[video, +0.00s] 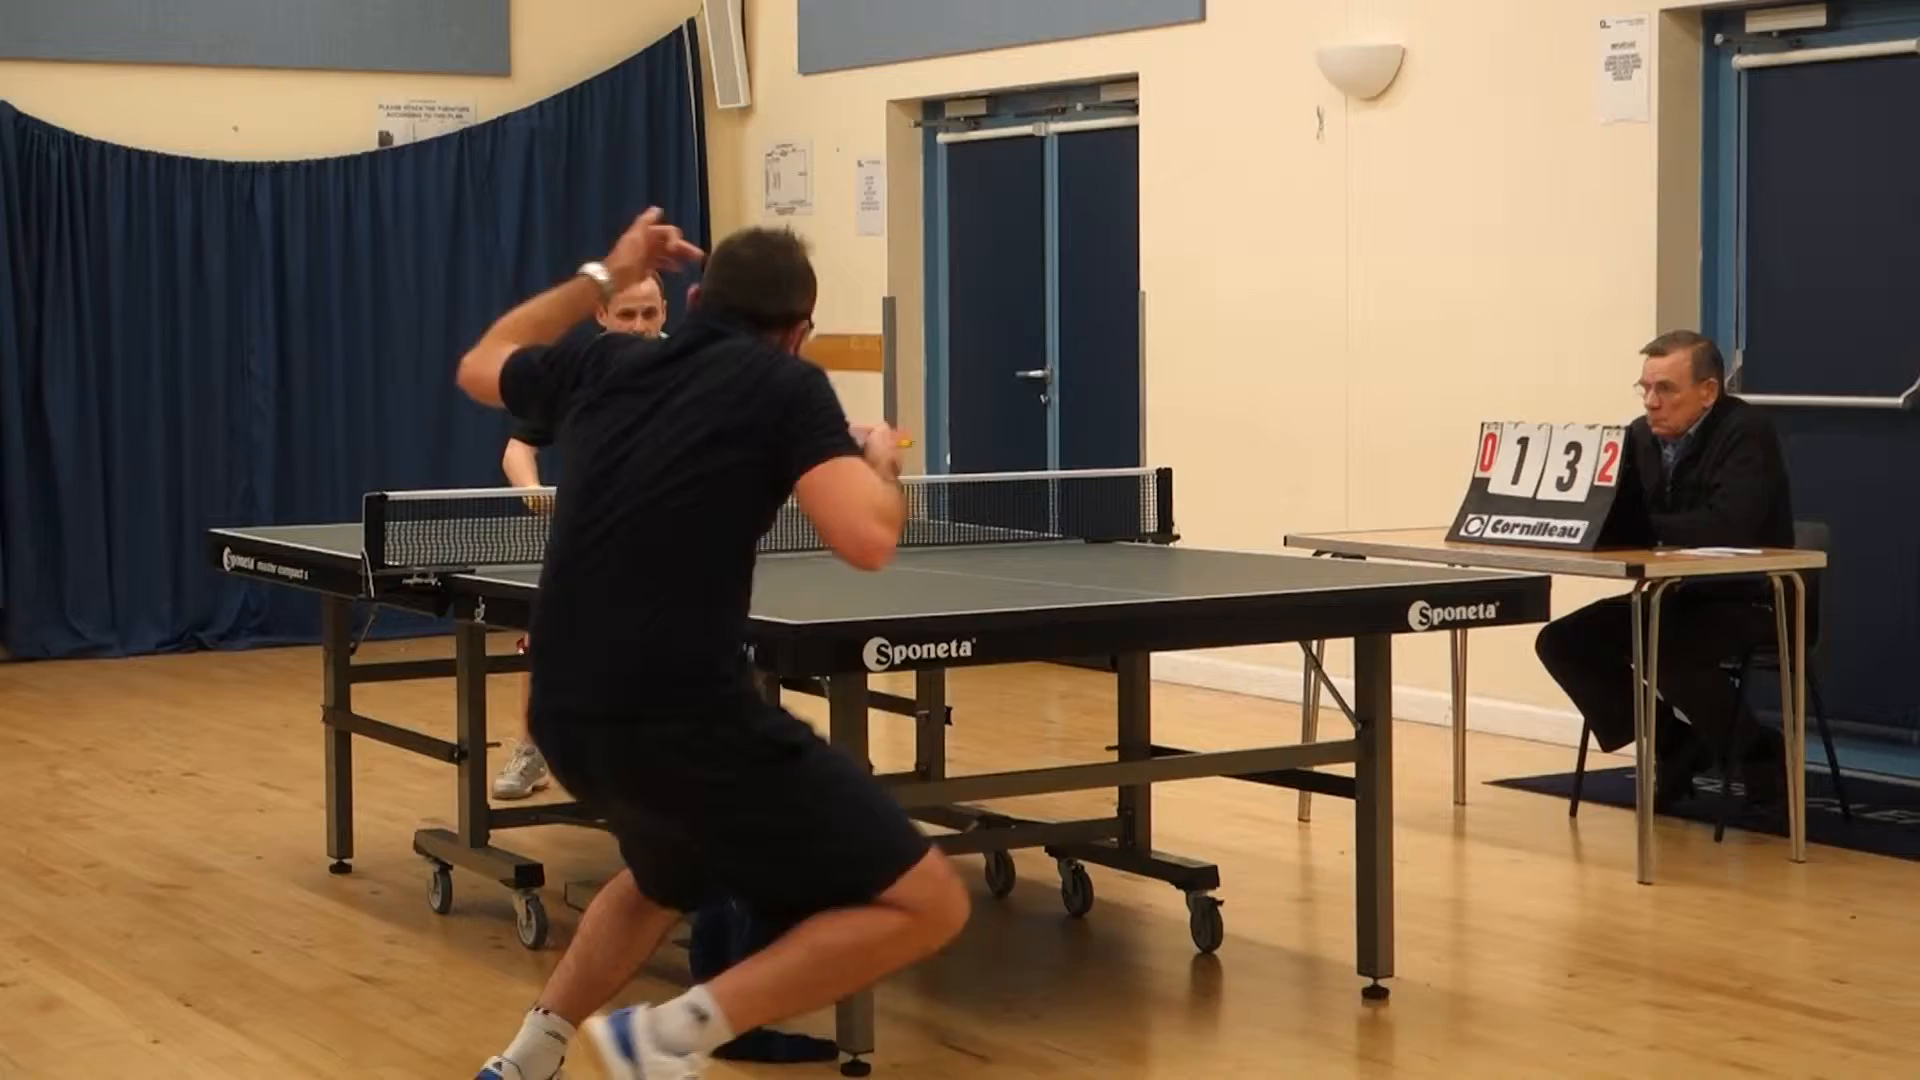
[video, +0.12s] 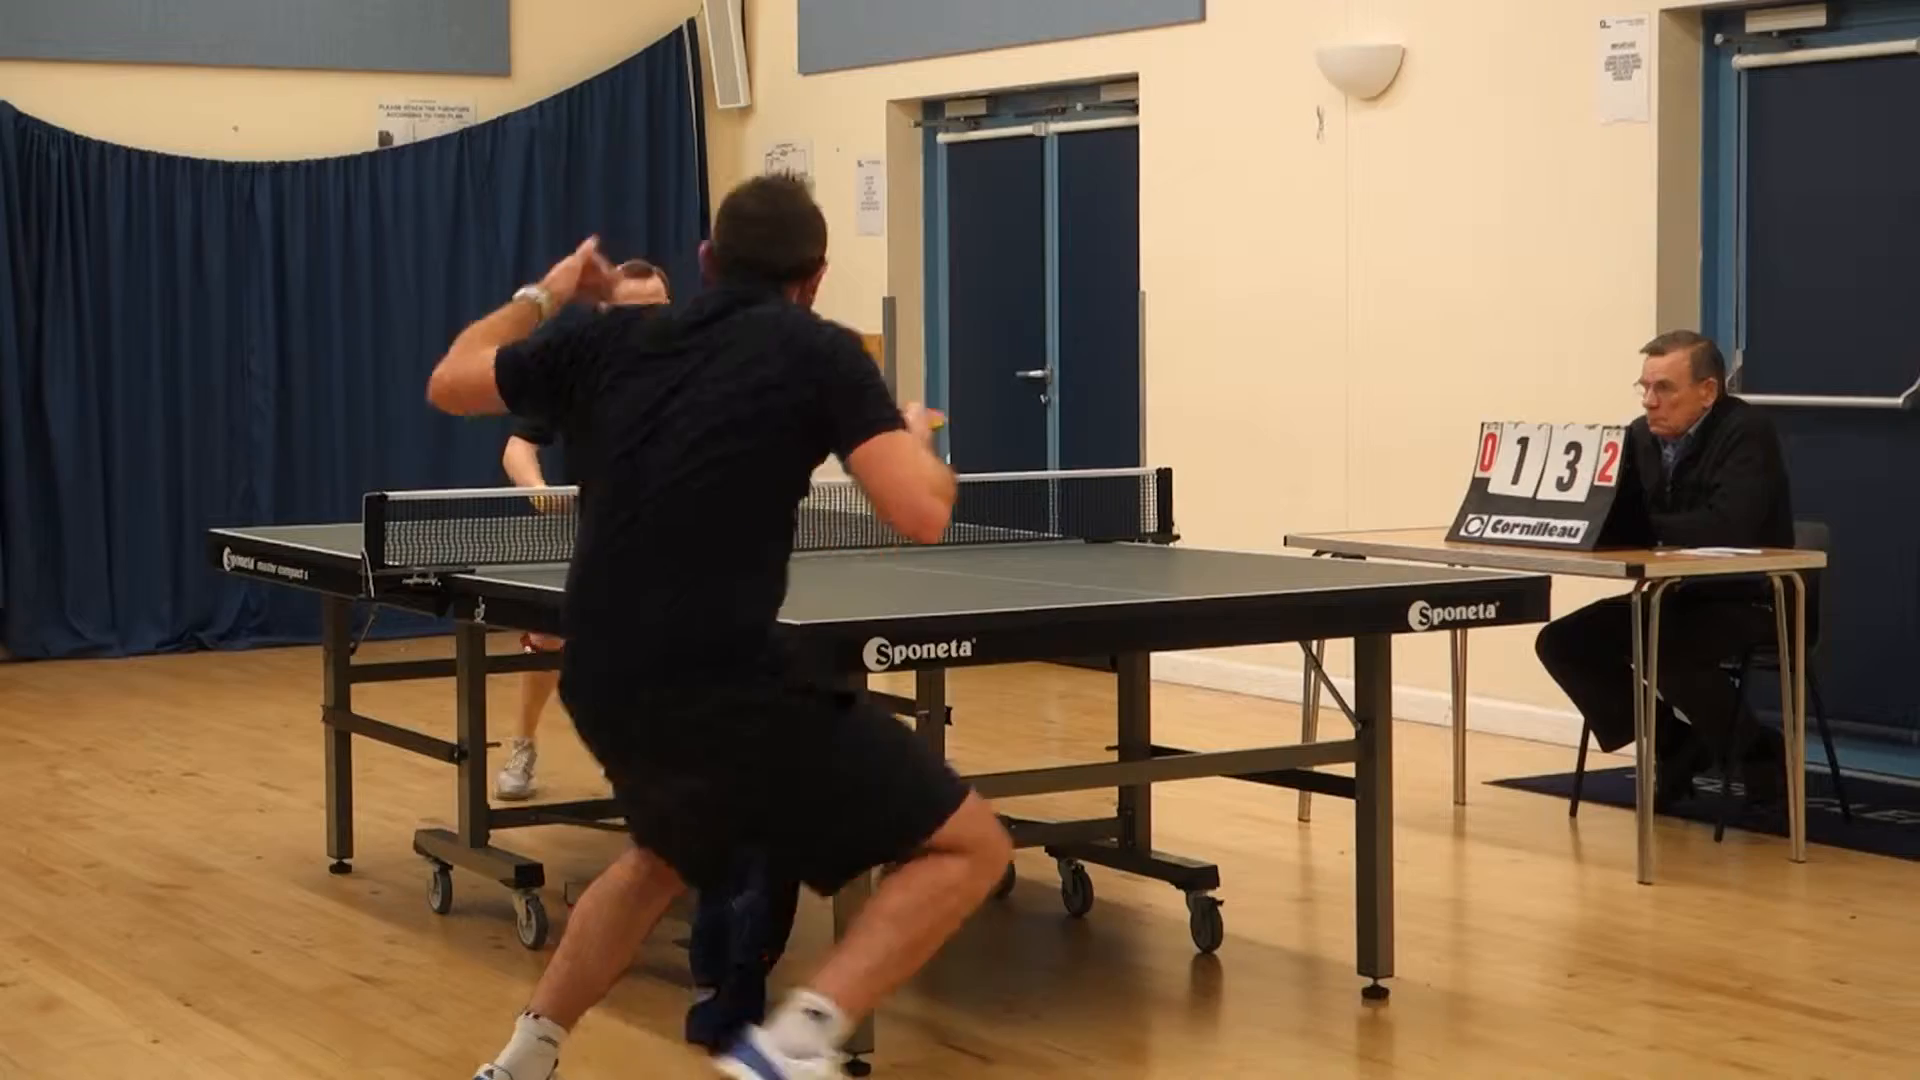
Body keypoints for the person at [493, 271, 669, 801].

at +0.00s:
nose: (641, 325)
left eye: (651, 313)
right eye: (628, 314)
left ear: (667, 312)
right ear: (602, 316)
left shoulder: (686, 370)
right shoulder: (582, 369)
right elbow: (518, 447)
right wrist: (532, 489)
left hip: (669, 540)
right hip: (588, 534)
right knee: (546, 633)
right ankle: (533, 747)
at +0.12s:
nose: (643, 322)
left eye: (654, 308)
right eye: (631, 310)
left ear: (671, 305)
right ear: (603, 310)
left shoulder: (687, 369)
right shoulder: (582, 367)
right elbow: (517, 446)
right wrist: (543, 495)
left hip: (658, 533)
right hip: (581, 527)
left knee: (641, 649)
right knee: (549, 640)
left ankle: (641, 777)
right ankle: (522, 746)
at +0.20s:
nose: (627, 316)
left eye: (638, 306)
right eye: (619, 306)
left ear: (657, 310)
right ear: (604, 310)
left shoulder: (673, 379)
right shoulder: (578, 377)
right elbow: (517, 462)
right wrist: (550, 506)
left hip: (644, 533)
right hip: (573, 534)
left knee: (659, 649)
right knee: (550, 641)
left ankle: (650, 781)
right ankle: (519, 753)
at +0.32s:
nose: (651, 331)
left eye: (658, 319)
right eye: (638, 320)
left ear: (665, 321)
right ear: (603, 321)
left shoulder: (667, 377)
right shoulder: (568, 380)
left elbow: (696, 455)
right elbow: (539, 477)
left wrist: (724, 480)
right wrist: (586, 523)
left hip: (645, 530)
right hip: (568, 530)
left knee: (697, 633)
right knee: (539, 636)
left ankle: (676, 754)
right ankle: (518, 751)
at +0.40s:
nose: (657, 327)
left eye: (664, 315)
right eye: (645, 315)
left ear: (669, 316)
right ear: (609, 315)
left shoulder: (668, 373)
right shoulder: (573, 378)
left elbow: (703, 450)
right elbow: (569, 481)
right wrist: (625, 527)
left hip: (648, 521)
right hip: (572, 525)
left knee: (719, 623)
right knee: (541, 636)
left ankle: (741, 748)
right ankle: (518, 754)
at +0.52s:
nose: (678, 320)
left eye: (684, 309)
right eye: (667, 309)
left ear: (687, 311)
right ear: (630, 308)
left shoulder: (676, 368)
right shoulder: (598, 372)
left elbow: (721, 435)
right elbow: (621, 473)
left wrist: (749, 423)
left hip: (648, 517)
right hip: (580, 523)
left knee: (720, 594)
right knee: (559, 637)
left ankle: (722, 720)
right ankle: (519, 753)